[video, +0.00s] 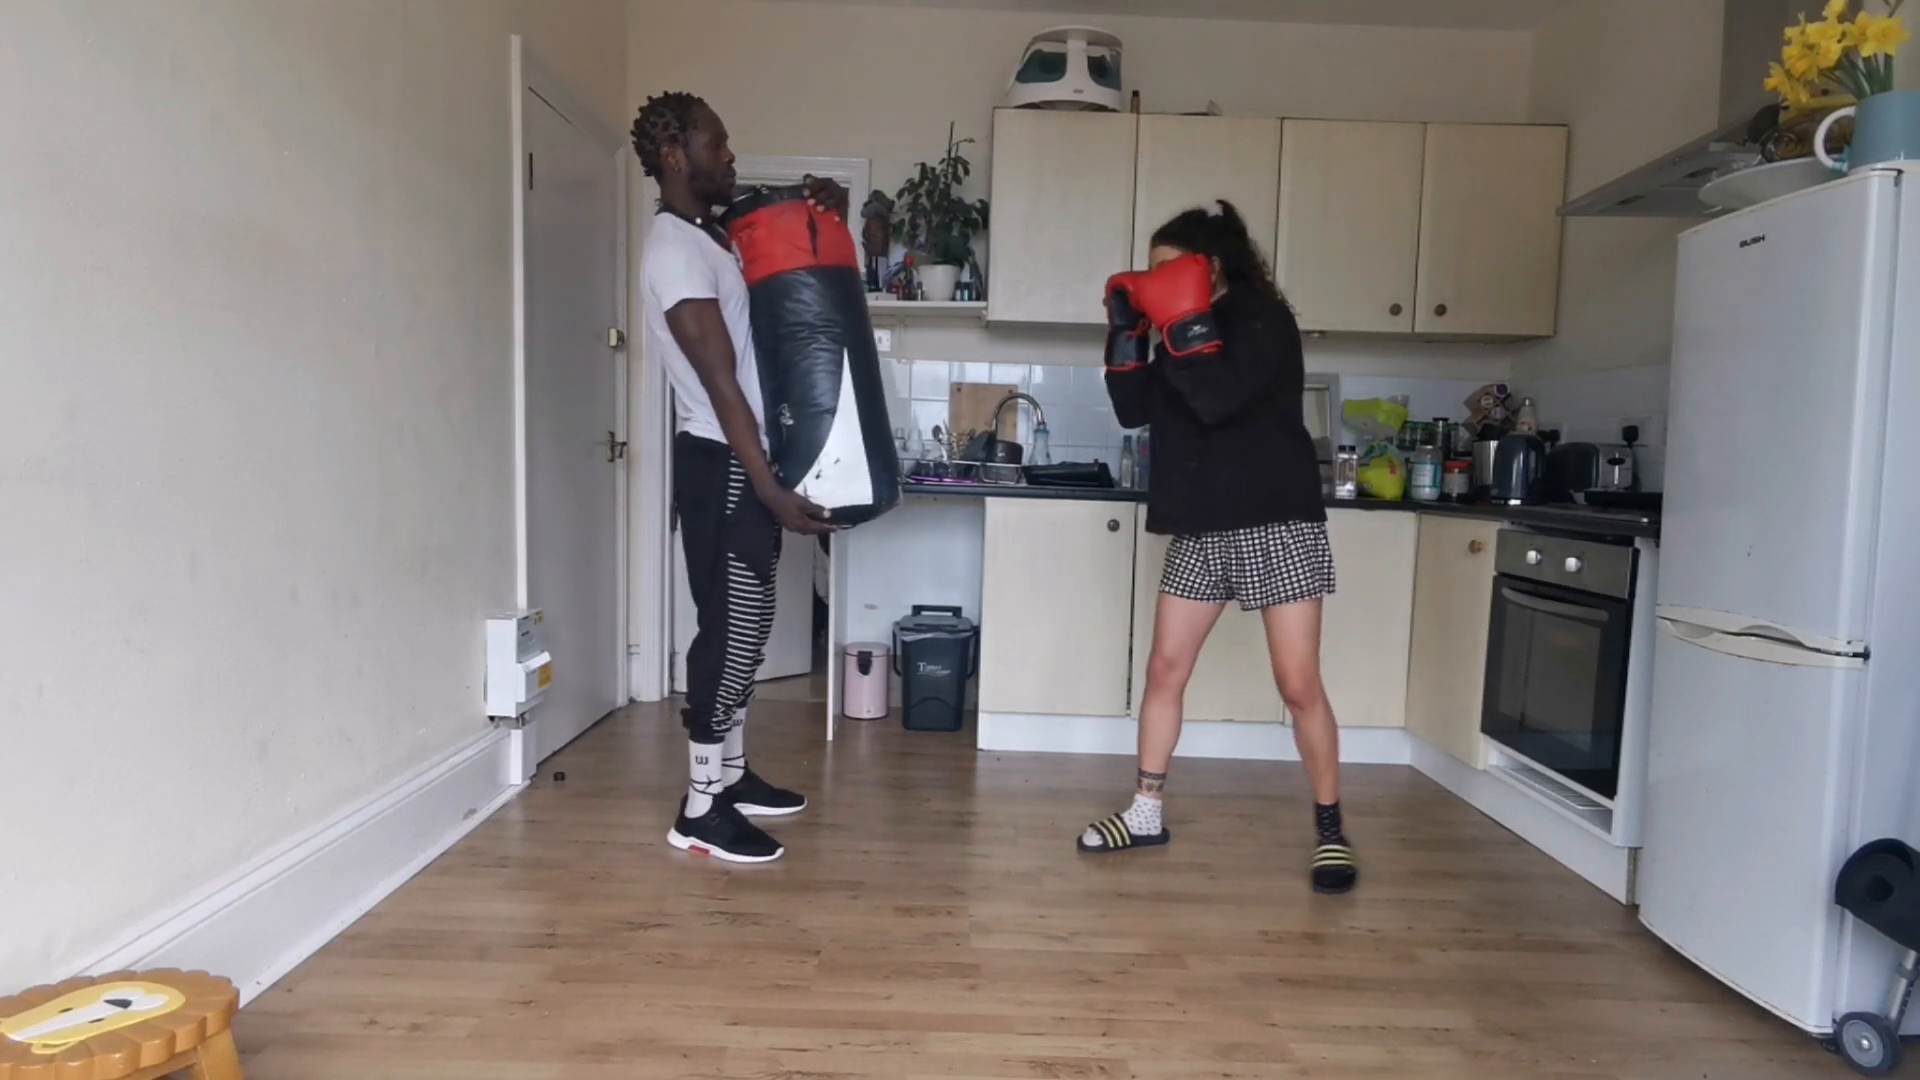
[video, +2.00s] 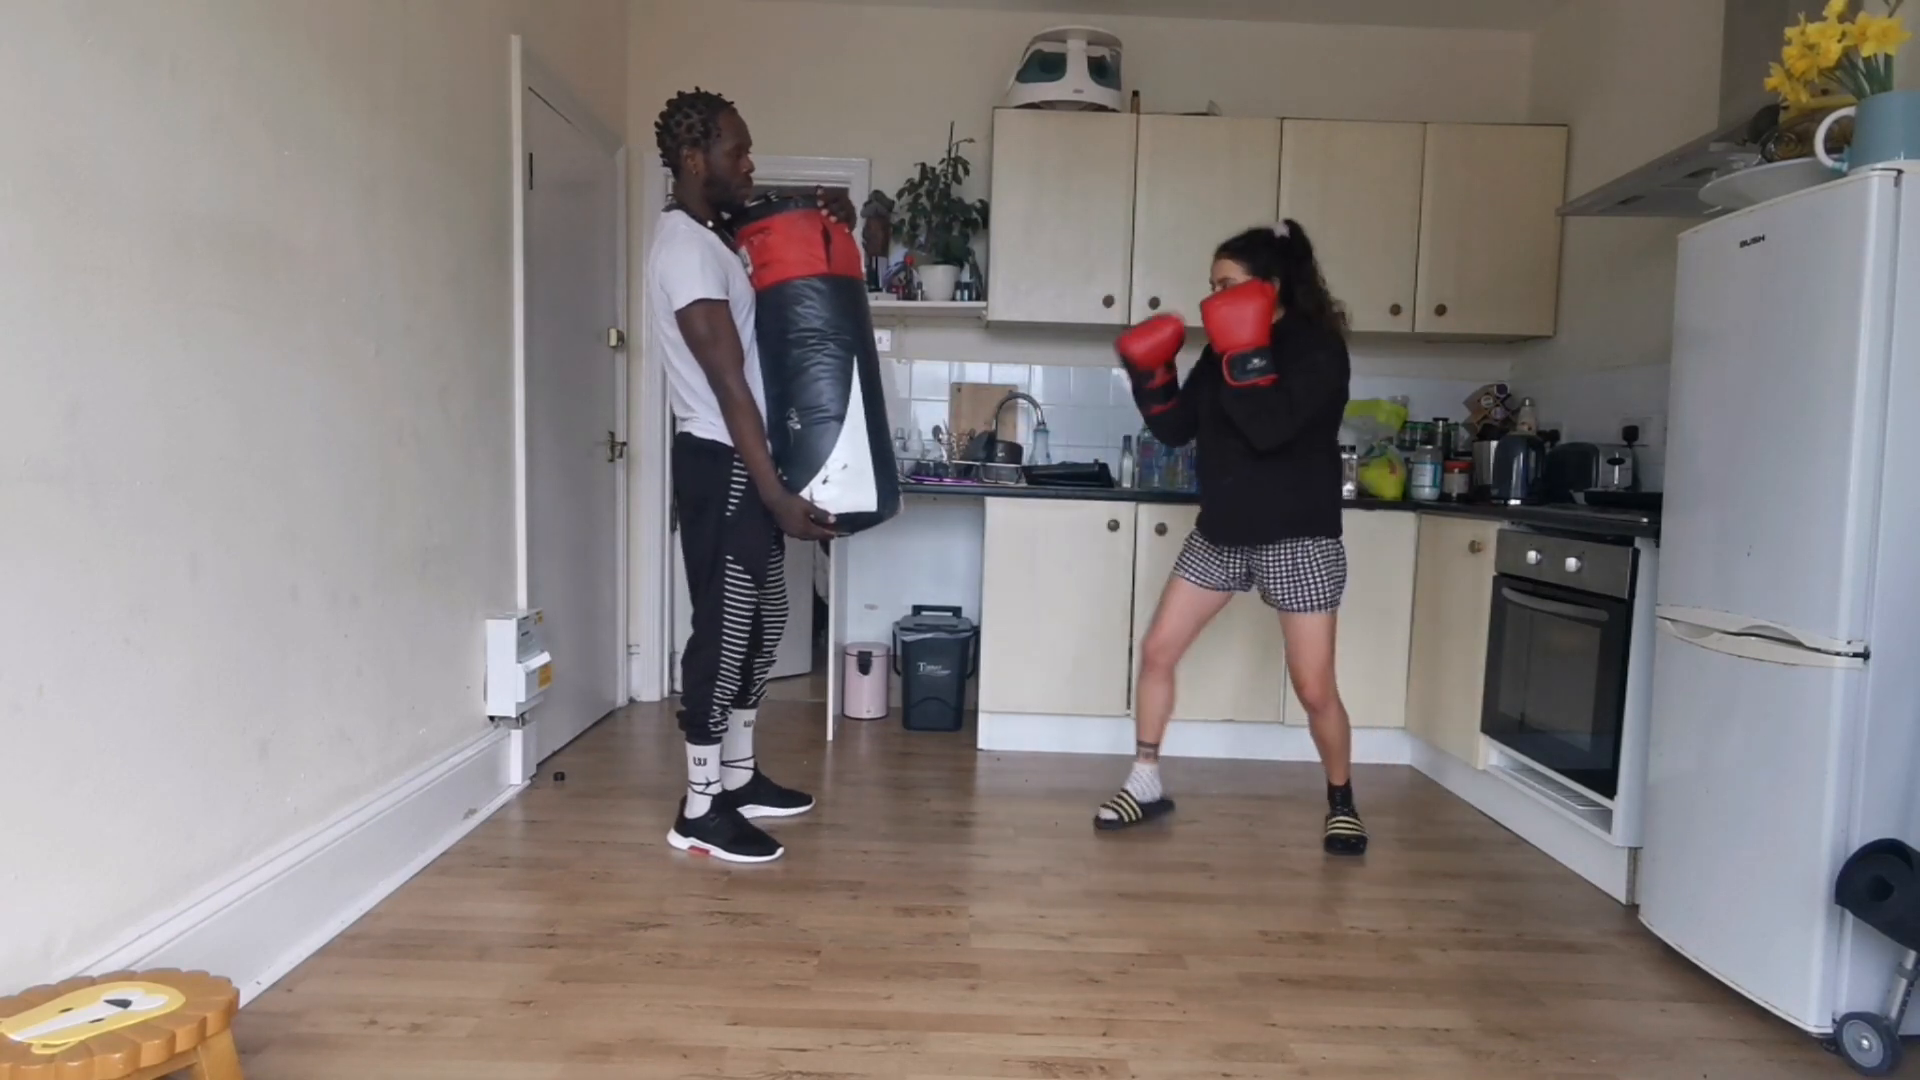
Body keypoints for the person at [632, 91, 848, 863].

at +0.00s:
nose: (730, 155)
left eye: (727, 142)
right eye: (716, 143)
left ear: (681, 155)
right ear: (672, 153)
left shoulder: (707, 236)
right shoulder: (672, 243)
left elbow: (781, 289)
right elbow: (718, 377)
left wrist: (819, 214)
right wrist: (770, 484)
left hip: (745, 450)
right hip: (717, 454)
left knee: (743, 617)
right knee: (735, 621)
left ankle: (727, 775)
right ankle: (703, 805)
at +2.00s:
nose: (751, 164)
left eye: (749, 150)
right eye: (738, 150)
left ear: (699, 160)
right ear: (693, 158)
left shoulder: (717, 241)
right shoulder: (683, 244)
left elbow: (785, 325)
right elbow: (727, 381)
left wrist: (833, 239)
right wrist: (775, 490)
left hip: (751, 449)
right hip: (717, 453)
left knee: (763, 614)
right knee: (726, 619)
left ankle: (736, 776)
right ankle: (701, 804)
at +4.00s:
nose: (747, 163)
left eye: (746, 148)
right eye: (735, 149)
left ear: (695, 157)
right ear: (688, 156)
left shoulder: (714, 236)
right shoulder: (681, 243)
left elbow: (784, 319)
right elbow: (727, 379)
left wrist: (831, 233)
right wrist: (777, 491)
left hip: (746, 449)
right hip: (717, 453)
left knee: (748, 620)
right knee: (727, 624)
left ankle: (736, 778)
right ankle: (701, 805)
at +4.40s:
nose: (748, 161)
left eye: (747, 147)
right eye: (737, 147)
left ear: (696, 155)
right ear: (690, 153)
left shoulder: (711, 236)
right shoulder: (680, 244)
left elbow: (785, 314)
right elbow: (727, 381)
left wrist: (827, 227)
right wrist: (777, 493)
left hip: (745, 450)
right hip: (716, 454)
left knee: (749, 622)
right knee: (728, 627)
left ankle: (736, 778)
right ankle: (700, 806)